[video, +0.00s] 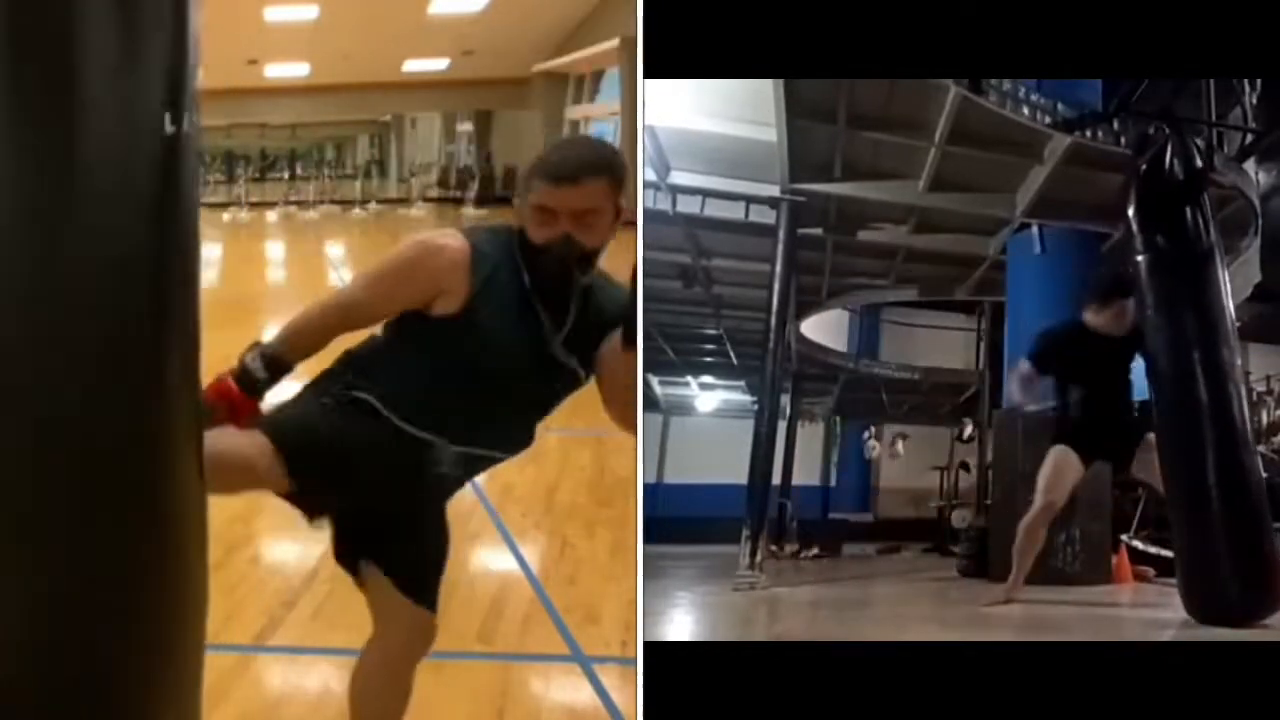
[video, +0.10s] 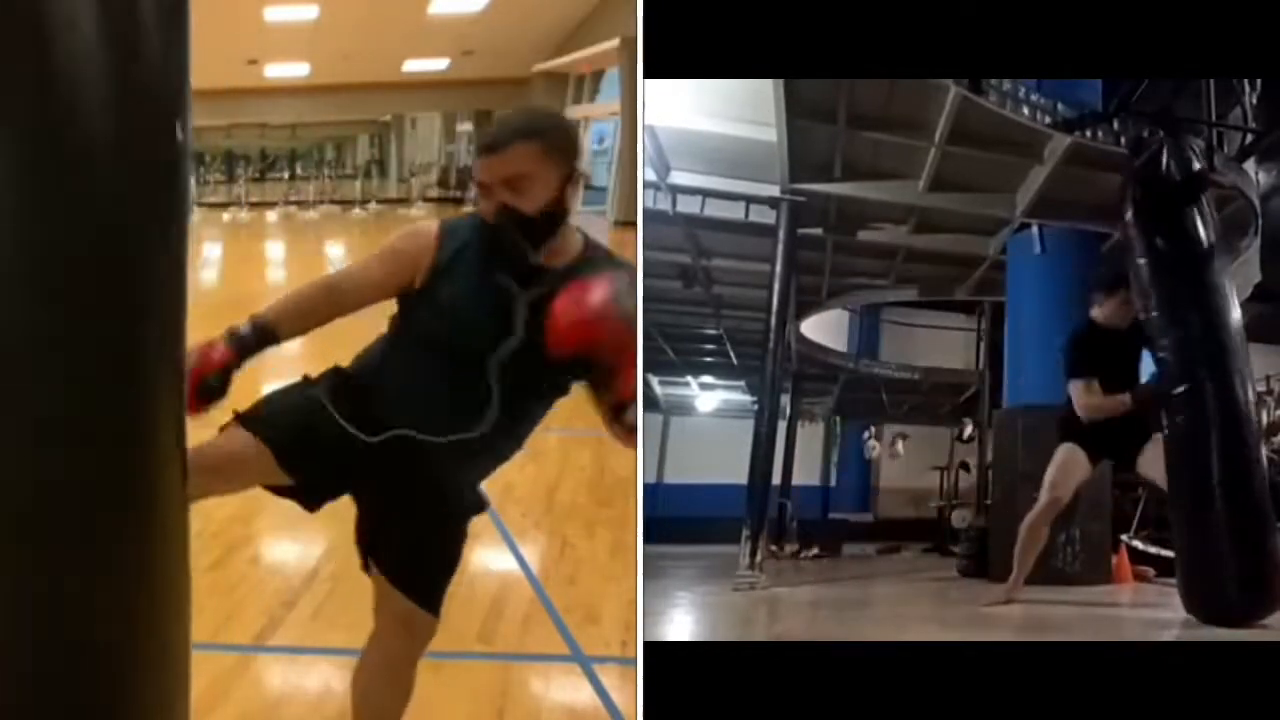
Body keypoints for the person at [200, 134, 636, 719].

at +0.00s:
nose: (564, 234)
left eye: (585, 218)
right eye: (547, 215)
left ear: (618, 217)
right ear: (523, 205)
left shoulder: (608, 314)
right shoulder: (453, 261)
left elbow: (636, 412)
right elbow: (341, 312)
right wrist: (248, 379)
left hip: (417, 481)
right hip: (347, 426)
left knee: (406, 629)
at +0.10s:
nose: (495, 206)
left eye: (514, 189)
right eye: (483, 188)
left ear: (569, 186)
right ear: (472, 179)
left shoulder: (601, 288)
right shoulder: (441, 246)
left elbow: (630, 425)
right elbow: (334, 294)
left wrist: (613, 351)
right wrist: (233, 346)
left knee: (404, 632)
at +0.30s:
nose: (434, 165)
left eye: (452, 150)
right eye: (427, 151)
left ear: (504, 150)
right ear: (421, 150)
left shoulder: (573, 249)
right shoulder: (404, 231)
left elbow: (632, 351)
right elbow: (331, 281)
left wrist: (584, 363)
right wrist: (293, 273)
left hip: (456, 469)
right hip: (371, 421)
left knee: (404, 617)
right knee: (293, 495)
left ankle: (379, 715)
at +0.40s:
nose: (420, 179)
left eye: (436, 164)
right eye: (412, 164)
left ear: (478, 161)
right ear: (404, 161)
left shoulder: (525, 247)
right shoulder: (389, 235)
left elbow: (595, 369)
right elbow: (325, 311)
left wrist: (531, 309)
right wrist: (307, 278)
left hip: (445, 467)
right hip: (370, 435)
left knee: (403, 618)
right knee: (370, 513)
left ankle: (387, 710)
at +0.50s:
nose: (401, 191)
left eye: (415, 178)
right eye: (393, 177)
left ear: (456, 173)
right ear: (386, 173)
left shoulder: (497, 251)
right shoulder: (387, 237)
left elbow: (520, 361)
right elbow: (329, 324)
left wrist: (451, 294)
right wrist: (318, 287)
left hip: (443, 449)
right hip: (377, 428)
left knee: (421, 602)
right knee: (407, 524)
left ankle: (424, 711)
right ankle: (419, 607)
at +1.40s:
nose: (329, 223)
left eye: (341, 206)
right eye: (318, 212)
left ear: (377, 188)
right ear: (310, 205)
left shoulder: (444, 233)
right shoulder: (332, 251)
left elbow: (550, 296)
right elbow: (323, 298)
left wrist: (441, 278)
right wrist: (279, 327)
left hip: (446, 448)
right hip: (368, 435)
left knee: (415, 601)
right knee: (340, 520)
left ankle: (406, 712)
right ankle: (415, 580)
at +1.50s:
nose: (364, 221)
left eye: (378, 204)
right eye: (351, 208)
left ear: (416, 186)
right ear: (338, 199)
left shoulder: (472, 238)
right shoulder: (321, 260)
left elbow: (586, 292)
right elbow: (238, 318)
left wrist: (535, 245)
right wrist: (180, 354)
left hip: (454, 453)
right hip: (369, 446)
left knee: (422, 606)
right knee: (377, 534)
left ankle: (410, 712)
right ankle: (421, 586)